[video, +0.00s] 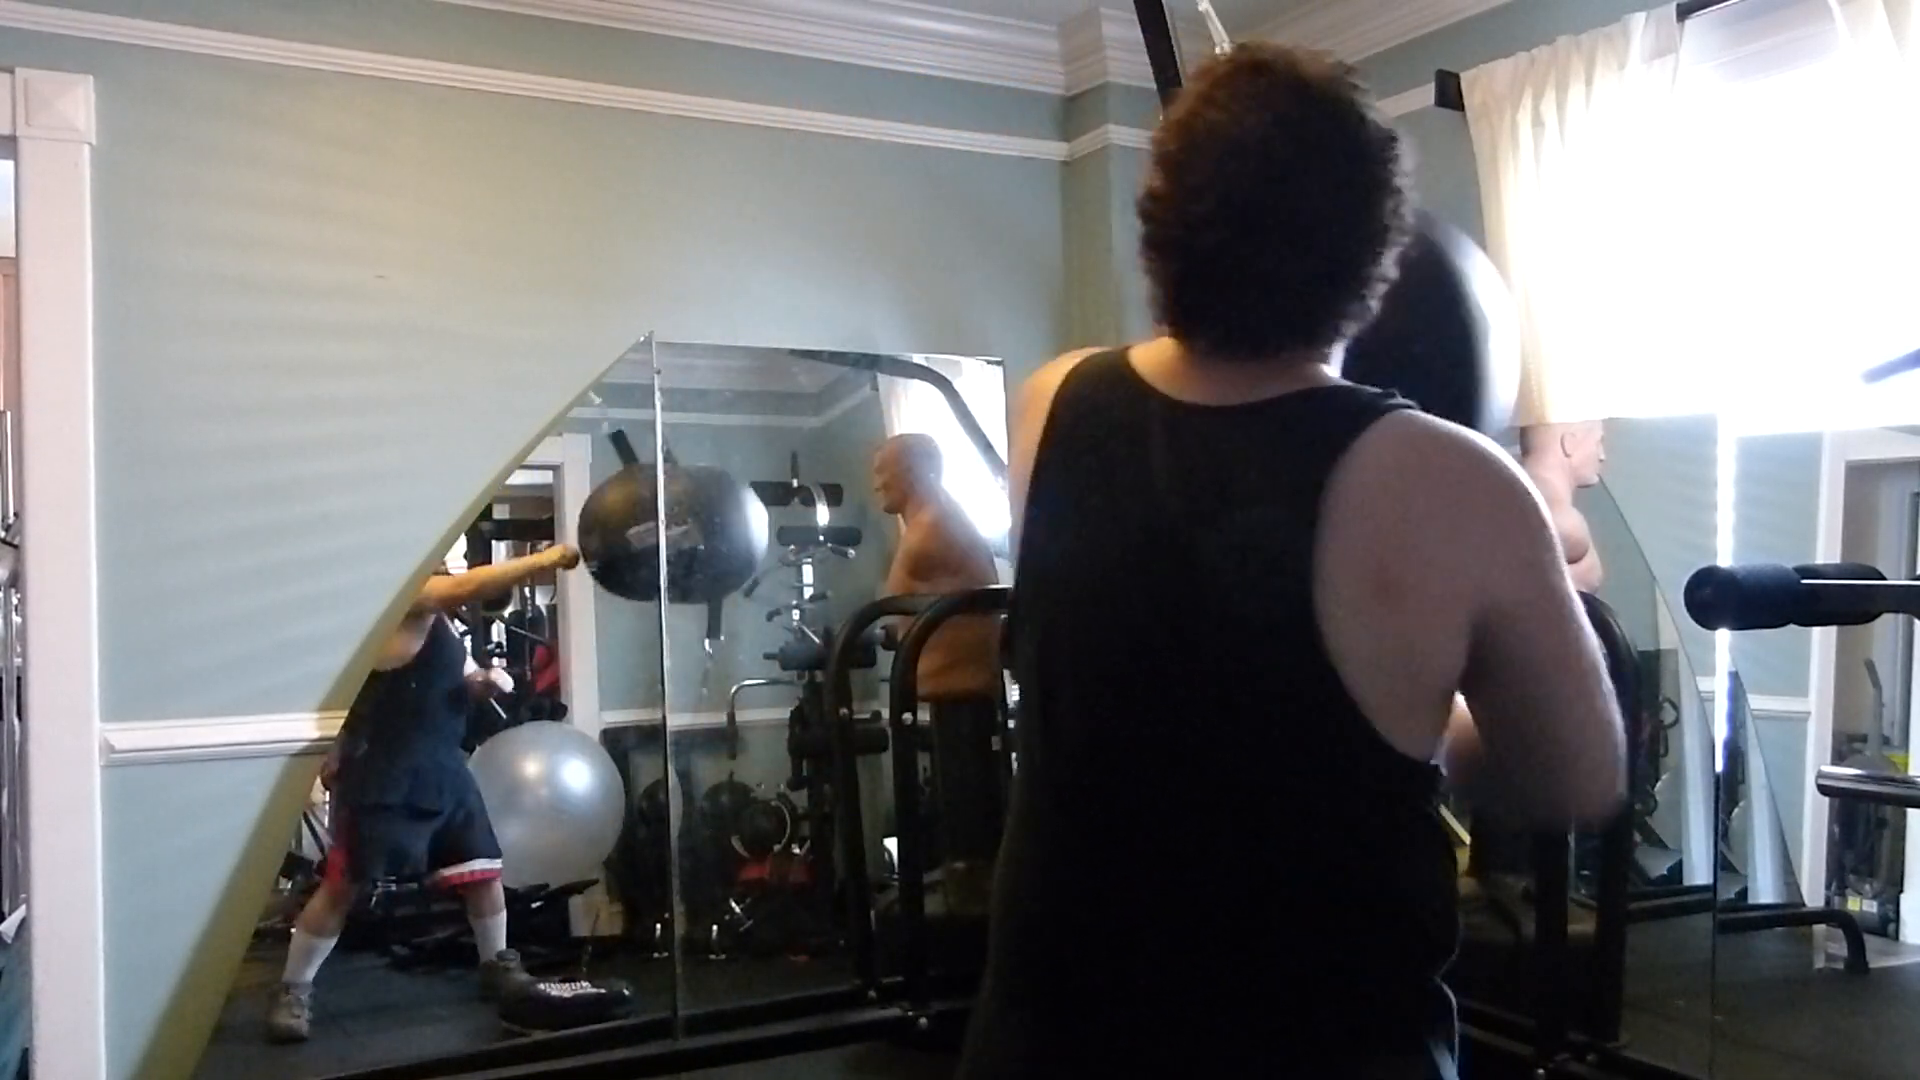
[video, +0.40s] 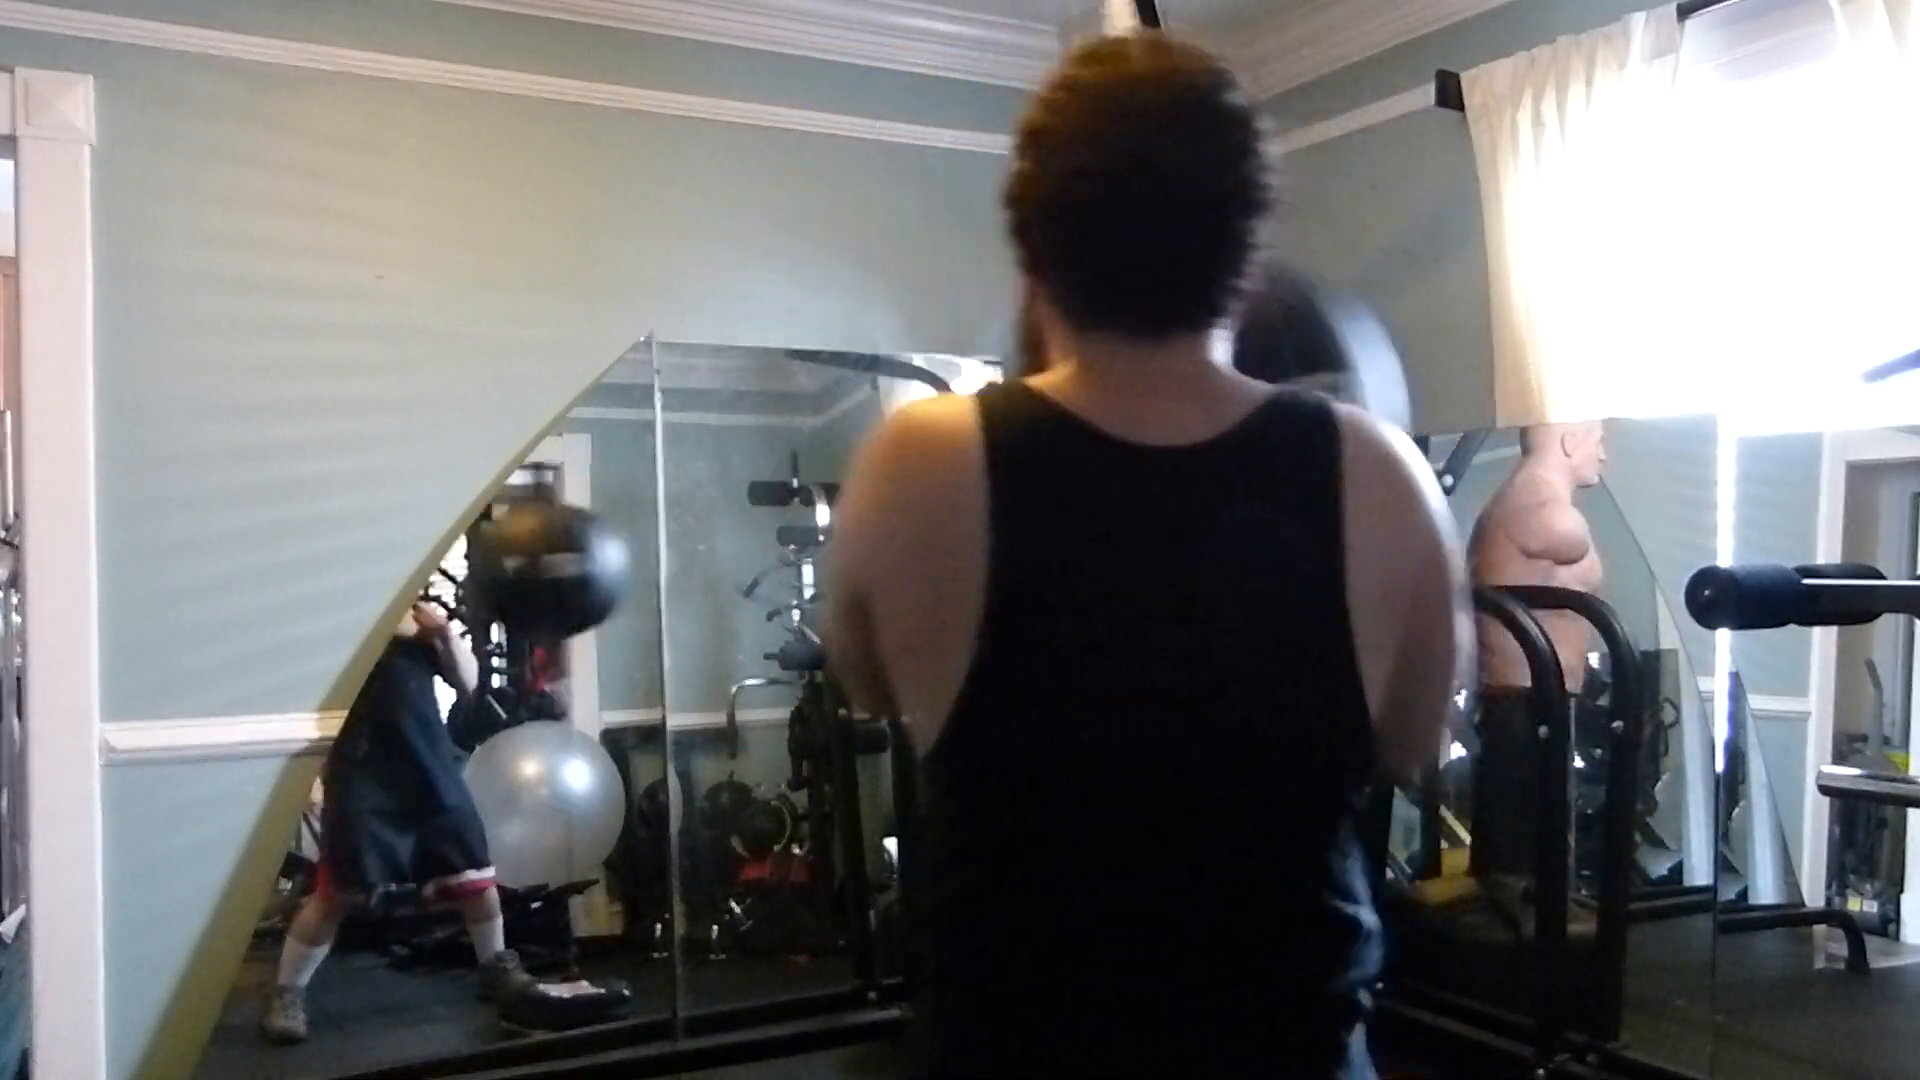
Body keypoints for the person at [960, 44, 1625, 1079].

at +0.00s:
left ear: (1154, 225)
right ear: (1376, 263)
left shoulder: (1050, 410)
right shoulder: (1461, 489)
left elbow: (1098, 668)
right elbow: (1581, 780)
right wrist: (1392, 725)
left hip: (1066, 1012)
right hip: (1344, 1027)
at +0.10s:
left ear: (1201, 219)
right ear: (1415, 253)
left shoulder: (1074, 413)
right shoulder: (1470, 481)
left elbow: (1102, 694)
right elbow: (1620, 828)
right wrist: (1432, 811)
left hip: (1066, 1009)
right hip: (1344, 1031)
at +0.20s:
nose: (1175, 203)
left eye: (1186, 184)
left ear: (1201, 215)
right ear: (1414, 251)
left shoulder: (1056, 422)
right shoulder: (1491, 485)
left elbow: (1002, 610)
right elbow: (1603, 820)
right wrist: (1417, 800)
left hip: (1058, 1019)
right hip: (1344, 1037)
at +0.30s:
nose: (1118, 229)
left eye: (1126, 207)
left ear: (1143, 228)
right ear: (1353, 254)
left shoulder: (996, 445)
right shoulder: (1455, 498)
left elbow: (943, 677)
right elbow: (1536, 818)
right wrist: (1357, 717)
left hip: (1037, 1044)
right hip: (1331, 1050)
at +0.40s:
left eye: (1017, 209)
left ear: (1029, 240)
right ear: (1248, 244)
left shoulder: (924, 462)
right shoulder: (1373, 473)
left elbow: (869, 681)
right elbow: (1413, 742)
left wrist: (1057, 389)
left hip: (1010, 1035)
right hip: (1292, 1037)